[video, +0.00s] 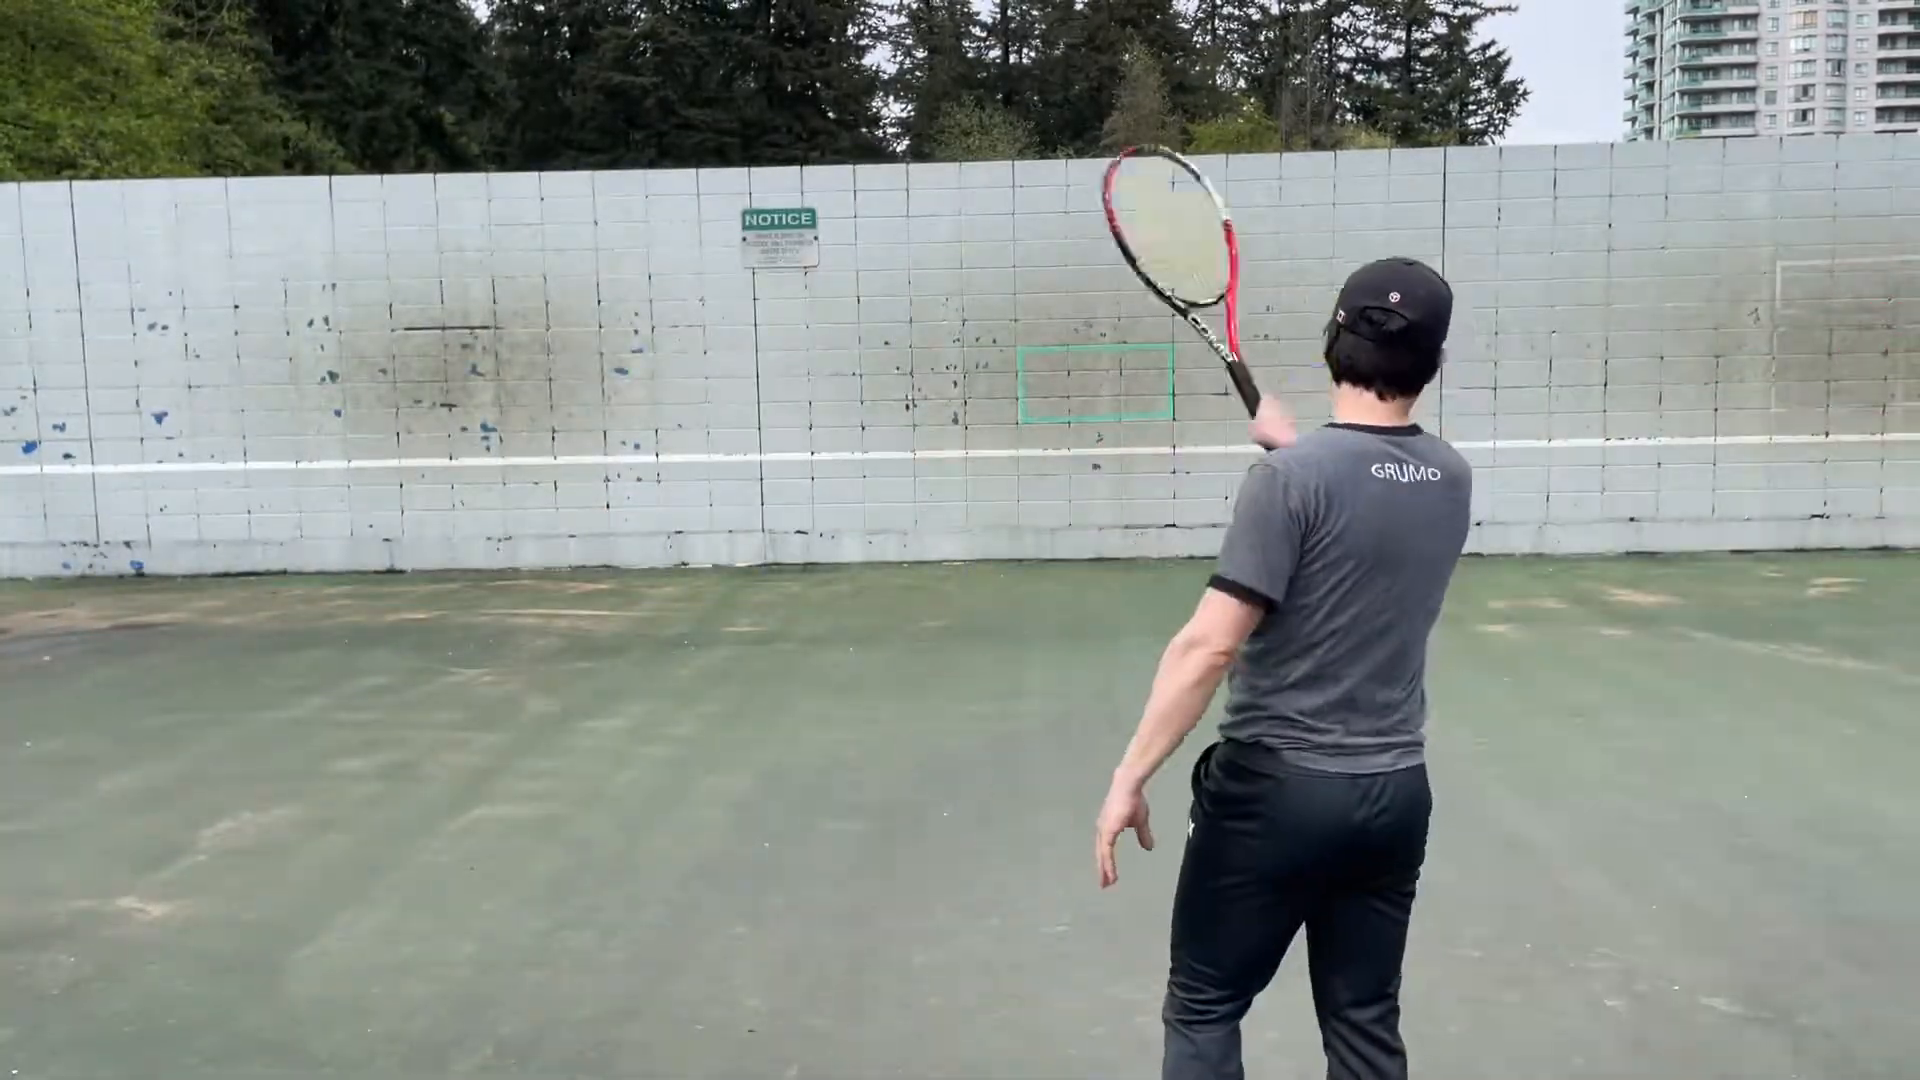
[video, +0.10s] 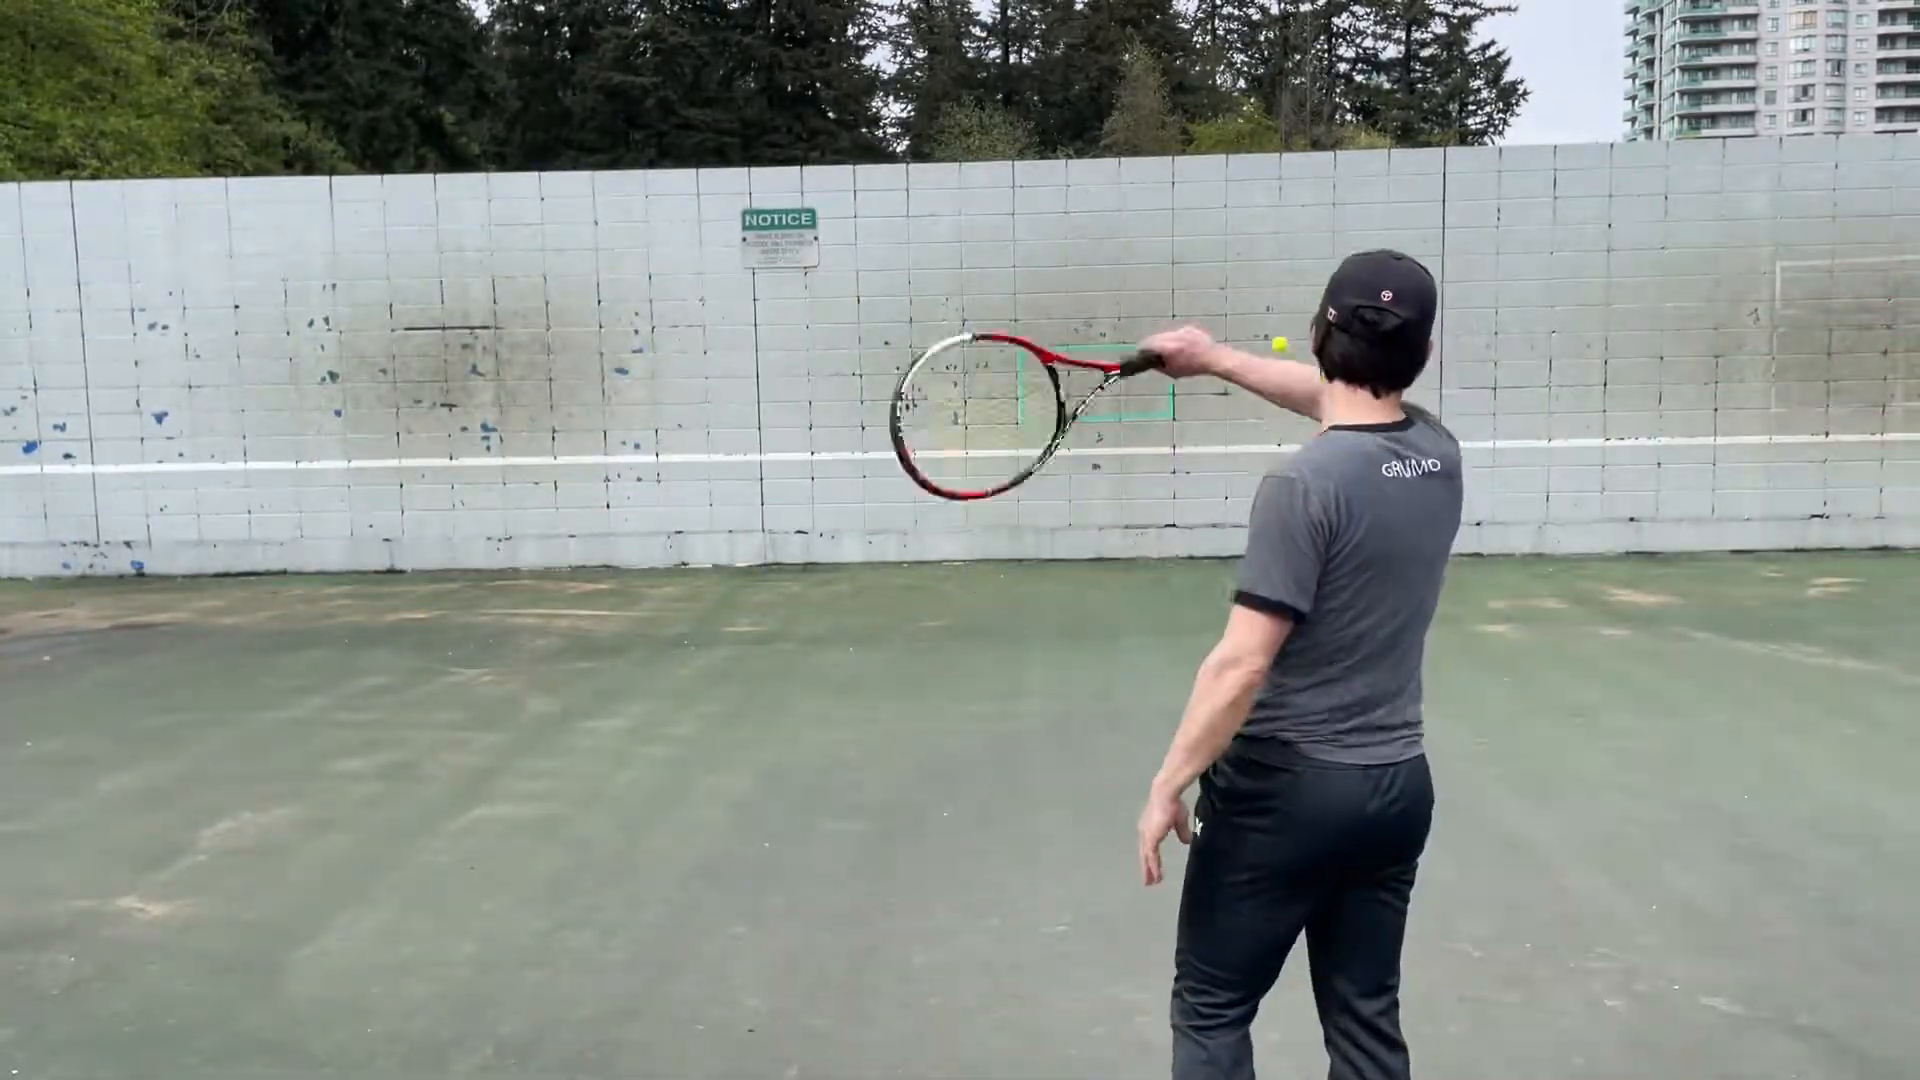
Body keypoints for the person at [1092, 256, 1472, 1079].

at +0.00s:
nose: (1339, 342)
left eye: (1338, 329)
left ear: (1335, 339)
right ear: (1435, 361)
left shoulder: (1289, 473)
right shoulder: (1449, 476)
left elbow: (1208, 646)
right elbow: (1371, 517)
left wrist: (1131, 777)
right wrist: (1293, 448)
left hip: (1274, 791)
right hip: (1391, 795)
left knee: (1203, 1008)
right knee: (1366, 1020)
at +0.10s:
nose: (1317, 330)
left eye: (1322, 317)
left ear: (1325, 334)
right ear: (1424, 351)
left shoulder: (1303, 484)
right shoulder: (1436, 452)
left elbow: (1240, 664)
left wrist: (1170, 781)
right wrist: (1214, 356)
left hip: (1284, 787)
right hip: (1394, 786)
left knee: (1211, 1014)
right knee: (1366, 1018)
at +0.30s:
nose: (1275, 335)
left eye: (1279, 324)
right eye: (1288, 323)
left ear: (1285, 341)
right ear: (1386, 350)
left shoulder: (1293, 491)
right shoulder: (1405, 450)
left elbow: (1258, 680)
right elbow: (1242, 423)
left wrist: (1164, 750)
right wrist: (1109, 426)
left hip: (1282, 792)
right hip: (1386, 785)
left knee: (1202, 1027)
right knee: (1361, 1024)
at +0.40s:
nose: (1248, 337)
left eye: (1252, 326)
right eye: (1258, 325)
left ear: (1257, 345)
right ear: (1358, 353)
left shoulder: (1266, 496)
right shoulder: (1384, 458)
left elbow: (1239, 686)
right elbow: (1241, 496)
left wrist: (1148, 730)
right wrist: (1110, 517)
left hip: (1265, 801)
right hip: (1373, 791)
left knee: (1195, 1041)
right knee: (1352, 1028)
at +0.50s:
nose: (1211, 348)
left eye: (1215, 338)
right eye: (1223, 335)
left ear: (1222, 357)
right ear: (1326, 364)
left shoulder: (1218, 496)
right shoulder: (1365, 479)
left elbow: (1205, 693)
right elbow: (1288, 606)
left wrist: (1130, 720)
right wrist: (1152, 634)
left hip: (1234, 816)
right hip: (1349, 808)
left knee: (1200, 1056)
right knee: (1334, 1029)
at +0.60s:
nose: (1186, 356)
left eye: (1187, 345)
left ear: (1191, 363)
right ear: (1298, 370)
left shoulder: (1161, 496)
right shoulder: (1350, 493)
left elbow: (1149, 683)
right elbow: (1361, 660)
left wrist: (1096, 715)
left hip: (1203, 827)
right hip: (1328, 822)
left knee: (1194, 1065)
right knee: (1332, 1047)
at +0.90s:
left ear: (1193, 361)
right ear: (1305, 373)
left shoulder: (1111, 498)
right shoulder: (1350, 509)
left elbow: (1082, 692)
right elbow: (1397, 709)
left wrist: (1152, 729)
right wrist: (1296, 759)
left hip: (1158, 858)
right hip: (1301, 862)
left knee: (1173, 1072)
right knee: (1337, 1070)